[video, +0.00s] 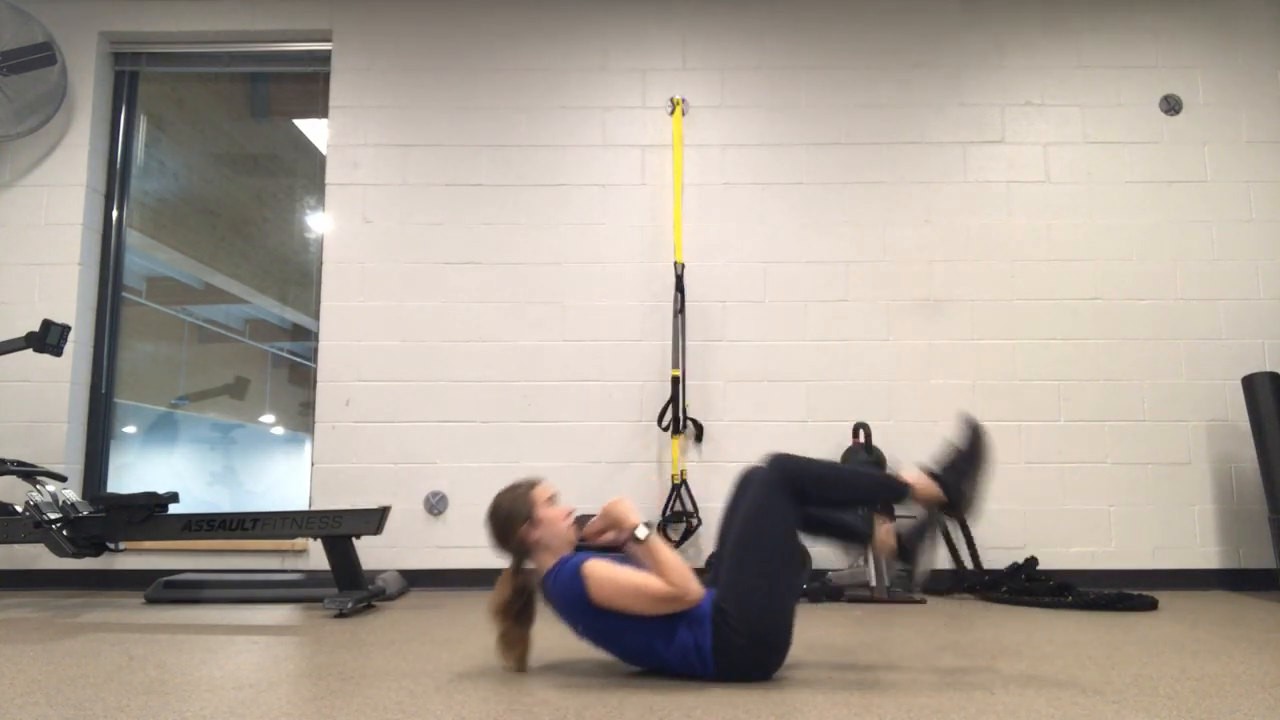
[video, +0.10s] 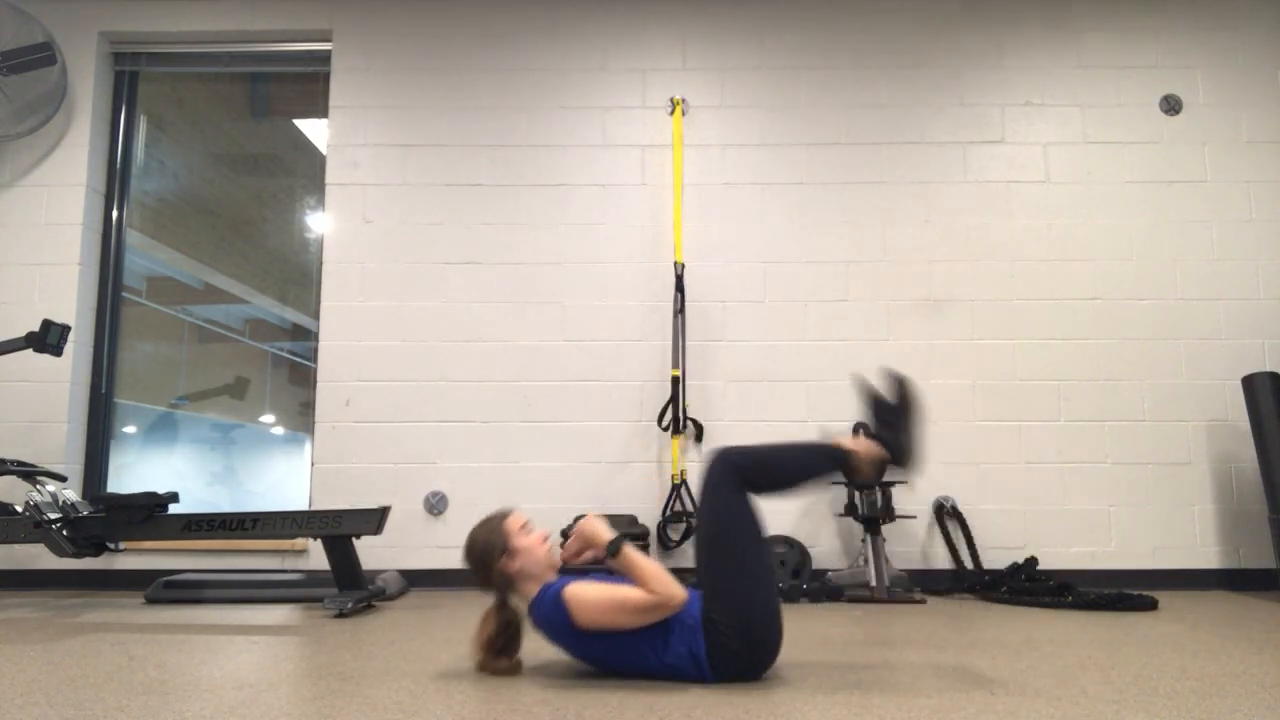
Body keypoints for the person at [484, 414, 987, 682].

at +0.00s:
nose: (567, 508)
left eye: (558, 499)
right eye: (553, 505)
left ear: (535, 532)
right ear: (531, 535)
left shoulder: (567, 569)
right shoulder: (579, 574)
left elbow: (617, 514)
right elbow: (685, 591)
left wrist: (611, 526)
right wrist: (638, 530)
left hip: (725, 630)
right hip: (738, 642)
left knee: (763, 478)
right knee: (773, 474)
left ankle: (886, 537)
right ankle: (931, 490)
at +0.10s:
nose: (540, 532)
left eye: (531, 526)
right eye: (525, 532)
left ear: (524, 555)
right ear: (509, 563)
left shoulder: (559, 592)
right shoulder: (560, 601)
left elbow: (652, 595)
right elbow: (668, 596)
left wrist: (605, 553)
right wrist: (610, 545)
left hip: (723, 632)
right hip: (734, 644)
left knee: (727, 468)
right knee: (726, 467)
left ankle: (860, 449)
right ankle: (859, 455)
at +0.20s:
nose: (517, 552)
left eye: (506, 547)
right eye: (502, 554)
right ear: (492, 589)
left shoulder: (551, 606)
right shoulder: (548, 622)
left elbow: (653, 603)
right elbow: (657, 603)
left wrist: (583, 563)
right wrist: (591, 559)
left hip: (715, 629)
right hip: (723, 639)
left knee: (679, 468)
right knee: (679, 467)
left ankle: (798, 404)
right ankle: (810, 416)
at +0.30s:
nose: (499, 565)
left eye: (486, 562)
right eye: (483, 570)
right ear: (479, 607)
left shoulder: (540, 614)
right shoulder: (541, 633)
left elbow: (644, 590)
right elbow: (640, 601)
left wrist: (569, 571)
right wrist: (568, 567)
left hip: (702, 609)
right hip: (714, 625)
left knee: (657, 463)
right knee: (640, 468)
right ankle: (766, 407)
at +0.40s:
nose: (486, 575)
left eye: (475, 573)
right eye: (472, 581)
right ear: (470, 619)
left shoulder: (535, 619)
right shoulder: (530, 638)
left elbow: (635, 574)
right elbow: (629, 601)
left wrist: (556, 567)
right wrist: (555, 569)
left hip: (694, 599)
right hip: (704, 614)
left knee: (634, 460)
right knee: (616, 469)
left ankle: (722, 342)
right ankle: (748, 406)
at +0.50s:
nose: (481, 578)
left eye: (469, 577)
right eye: (467, 585)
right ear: (466, 625)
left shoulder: (532, 617)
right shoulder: (528, 641)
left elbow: (630, 569)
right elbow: (622, 598)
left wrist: (548, 570)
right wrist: (547, 571)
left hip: (689, 591)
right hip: (701, 609)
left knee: (629, 451)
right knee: (604, 471)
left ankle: (711, 325)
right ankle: (736, 416)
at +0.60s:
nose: (483, 580)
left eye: (471, 577)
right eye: (469, 585)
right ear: (466, 625)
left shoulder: (532, 616)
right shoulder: (527, 641)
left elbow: (632, 570)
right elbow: (622, 598)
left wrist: (546, 570)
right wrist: (545, 571)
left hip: (687, 591)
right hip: (701, 609)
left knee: (638, 450)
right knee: (611, 470)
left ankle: (721, 321)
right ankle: (742, 432)